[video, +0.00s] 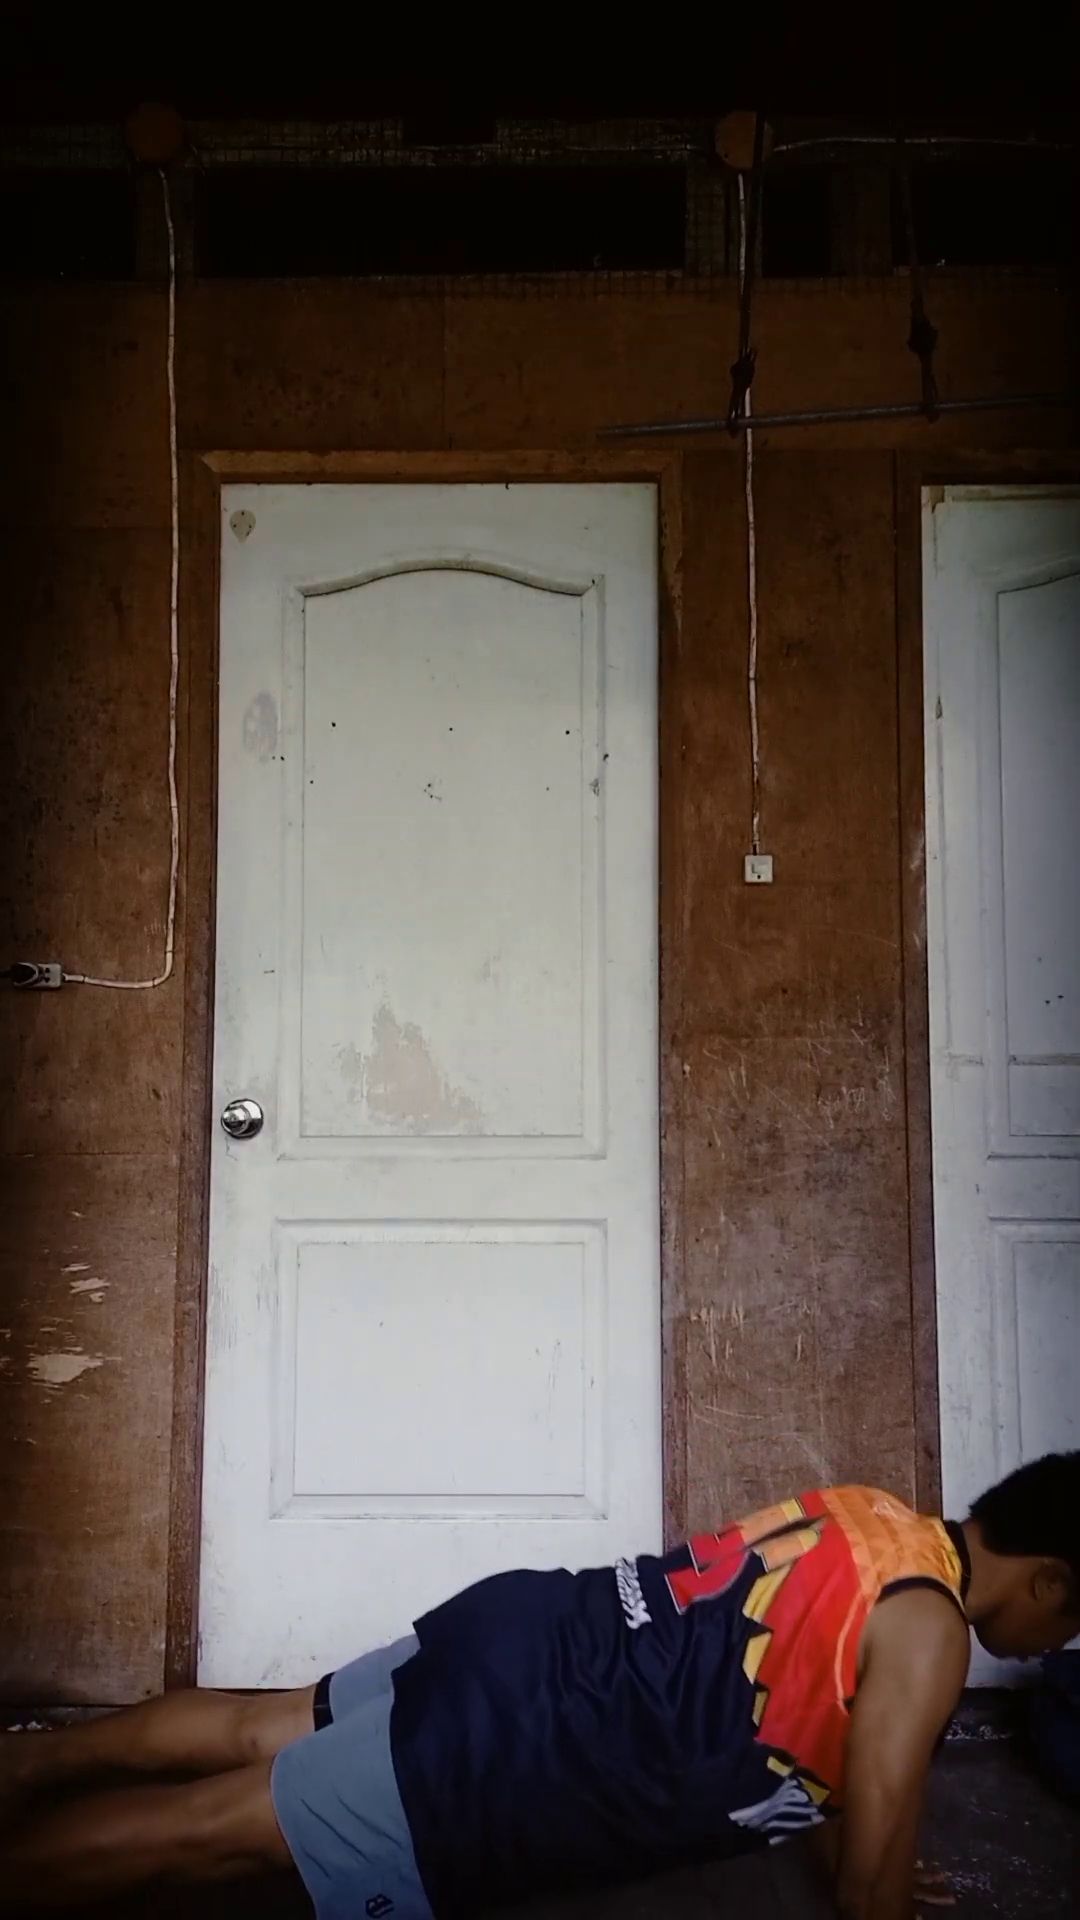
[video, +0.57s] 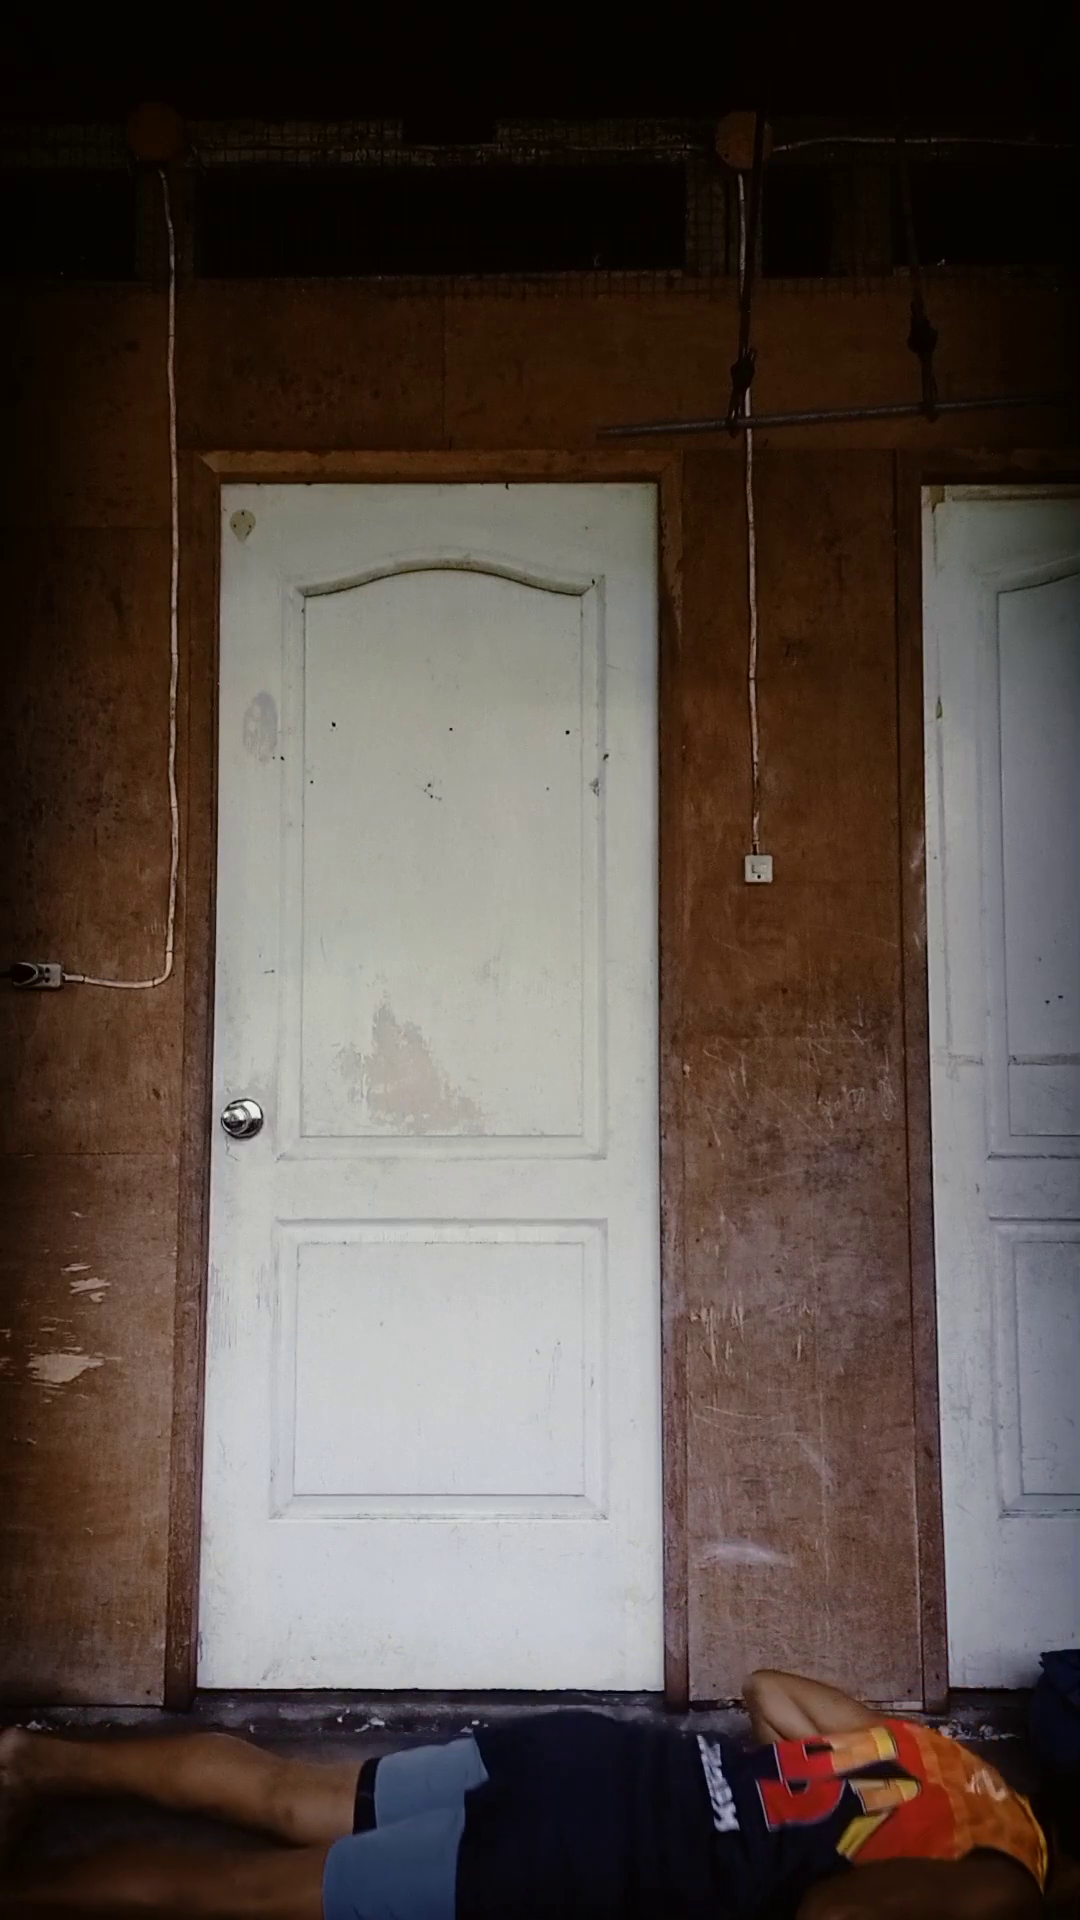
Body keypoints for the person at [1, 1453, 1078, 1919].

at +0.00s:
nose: (1057, 1635)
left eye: (1072, 1615)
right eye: (1072, 1609)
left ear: (1003, 1513)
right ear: (1041, 1572)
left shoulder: (869, 1504)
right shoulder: (923, 1635)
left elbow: (774, 1667)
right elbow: (870, 1881)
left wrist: (862, 1801)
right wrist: (904, 1879)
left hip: (516, 1619)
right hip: (520, 1747)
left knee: (276, 1720)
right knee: (212, 1829)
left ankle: (24, 1760)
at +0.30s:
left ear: (1042, 1652)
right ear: (1078, 1729)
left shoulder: (919, 1637)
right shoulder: (966, 1769)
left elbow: (772, 1711)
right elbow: (844, 1900)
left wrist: (910, 1842)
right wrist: (947, 1879)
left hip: (558, 1690)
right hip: (537, 1815)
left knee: (283, 1762)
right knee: (222, 1869)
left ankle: (26, 1759)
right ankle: (20, 1863)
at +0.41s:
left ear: (1033, 1684)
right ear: (1069, 1761)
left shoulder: (935, 1694)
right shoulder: (989, 1819)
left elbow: (764, 1721)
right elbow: (840, 1893)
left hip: (588, 1712)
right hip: (584, 1827)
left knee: (288, 1769)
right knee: (256, 1870)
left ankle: (26, 1754)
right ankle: (23, 1869)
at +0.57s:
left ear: (1024, 1777)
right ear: (1046, 1845)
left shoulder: (944, 1761)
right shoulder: (1002, 1861)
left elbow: (777, 1688)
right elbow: (838, 1904)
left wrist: (864, 1783)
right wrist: (892, 1810)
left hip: (584, 1748)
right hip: (582, 1864)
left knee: (298, 1792)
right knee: (236, 1882)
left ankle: (44, 1753)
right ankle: (35, 1877)